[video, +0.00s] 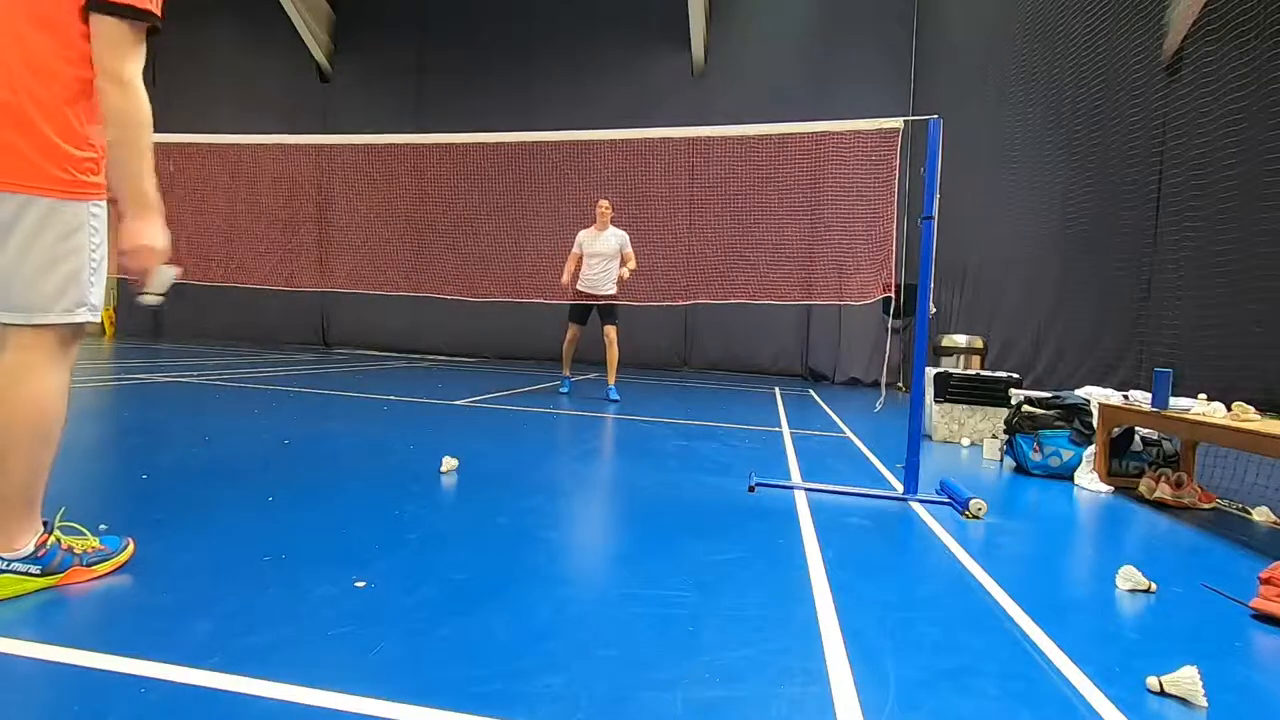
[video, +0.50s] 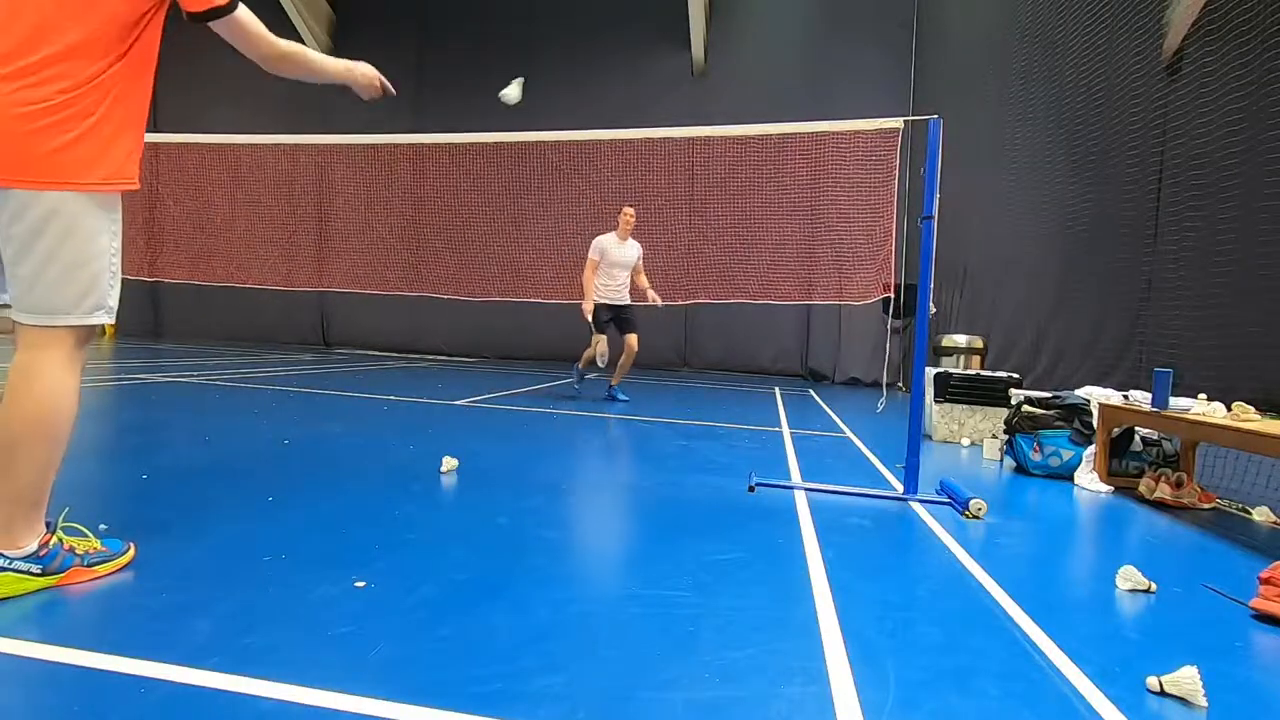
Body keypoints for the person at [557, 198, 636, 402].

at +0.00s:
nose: (603, 211)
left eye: (606, 208)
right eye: (600, 207)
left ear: (612, 213)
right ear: (595, 211)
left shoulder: (621, 236)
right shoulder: (583, 235)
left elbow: (631, 262)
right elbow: (572, 259)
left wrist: (626, 268)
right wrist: (567, 274)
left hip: (607, 293)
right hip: (583, 292)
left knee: (610, 337)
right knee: (572, 335)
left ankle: (611, 385)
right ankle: (565, 376)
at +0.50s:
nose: (629, 219)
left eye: (632, 216)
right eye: (625, 215)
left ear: (635, 221)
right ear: (618, 218)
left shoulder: (636, 248)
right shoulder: (601, 242)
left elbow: (639, 274)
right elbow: (588, 272)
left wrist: (648, 289)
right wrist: (588, 300)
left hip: (623, 303)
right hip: (600, 301)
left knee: (632, 347)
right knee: (598, 348)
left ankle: (613, 386)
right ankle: (580, 368)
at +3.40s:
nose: (642, 213)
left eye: (645, 210)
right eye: (639, 208)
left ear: (648, 216)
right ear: (630, 211)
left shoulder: (648, 242)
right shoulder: (615, 231)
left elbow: (662, 265)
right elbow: (609, 242)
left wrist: (685, 267)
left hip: (632, 300)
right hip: (609, 296)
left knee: (637, 349)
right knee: (613, 334)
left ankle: (626, 386)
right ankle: (613, 391)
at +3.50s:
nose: (644, 213)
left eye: (648, 211)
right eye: (641, 208)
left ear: (650, 217)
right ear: (631, 211)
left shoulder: (648, 243)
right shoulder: (620, 231)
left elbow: (657, 266)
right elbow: (612, 235)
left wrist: (683, 274)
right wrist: (620, 230)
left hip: (635, 303)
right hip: (612, 299)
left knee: (639, 351)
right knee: (619, 337)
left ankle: (624, 382)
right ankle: (621, 394)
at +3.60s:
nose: (649, 217)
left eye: (652, 214)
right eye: (645, 212)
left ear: (654, 220)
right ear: (635, 215)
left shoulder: (650, 246)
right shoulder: (623, 235)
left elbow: (652, 270)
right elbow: (618, 241)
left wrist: (673, 287)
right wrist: (619, 242)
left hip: (635, 307)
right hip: (613, 302)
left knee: (640, 356)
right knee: (624, 339)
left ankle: (622, 383)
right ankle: (626, 400)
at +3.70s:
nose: (655, 224)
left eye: (658, 220)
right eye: (651, 218)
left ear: (659, 224)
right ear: (640, 219)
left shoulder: (654, 249)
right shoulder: (623, 241)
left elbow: (650, 273)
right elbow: (617, 253)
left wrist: (663, 297)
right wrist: (629, 260)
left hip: (636, 308)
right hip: (612, 304)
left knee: (639, 355)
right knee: (625, 339)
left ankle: (624, 383)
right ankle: (626, 400)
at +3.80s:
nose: (659, 226)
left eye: (663, 223)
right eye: (656, 221)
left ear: (665, 229)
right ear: (645, 223)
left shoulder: (658, 253)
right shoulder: (626, 245)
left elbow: (650, 277)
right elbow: (614, 259)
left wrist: (653, 299)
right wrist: (622, 271)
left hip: (636, 308)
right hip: (612, 304)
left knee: (637, 352)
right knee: (624, 339)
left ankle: (625, 384)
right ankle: (626, 400)